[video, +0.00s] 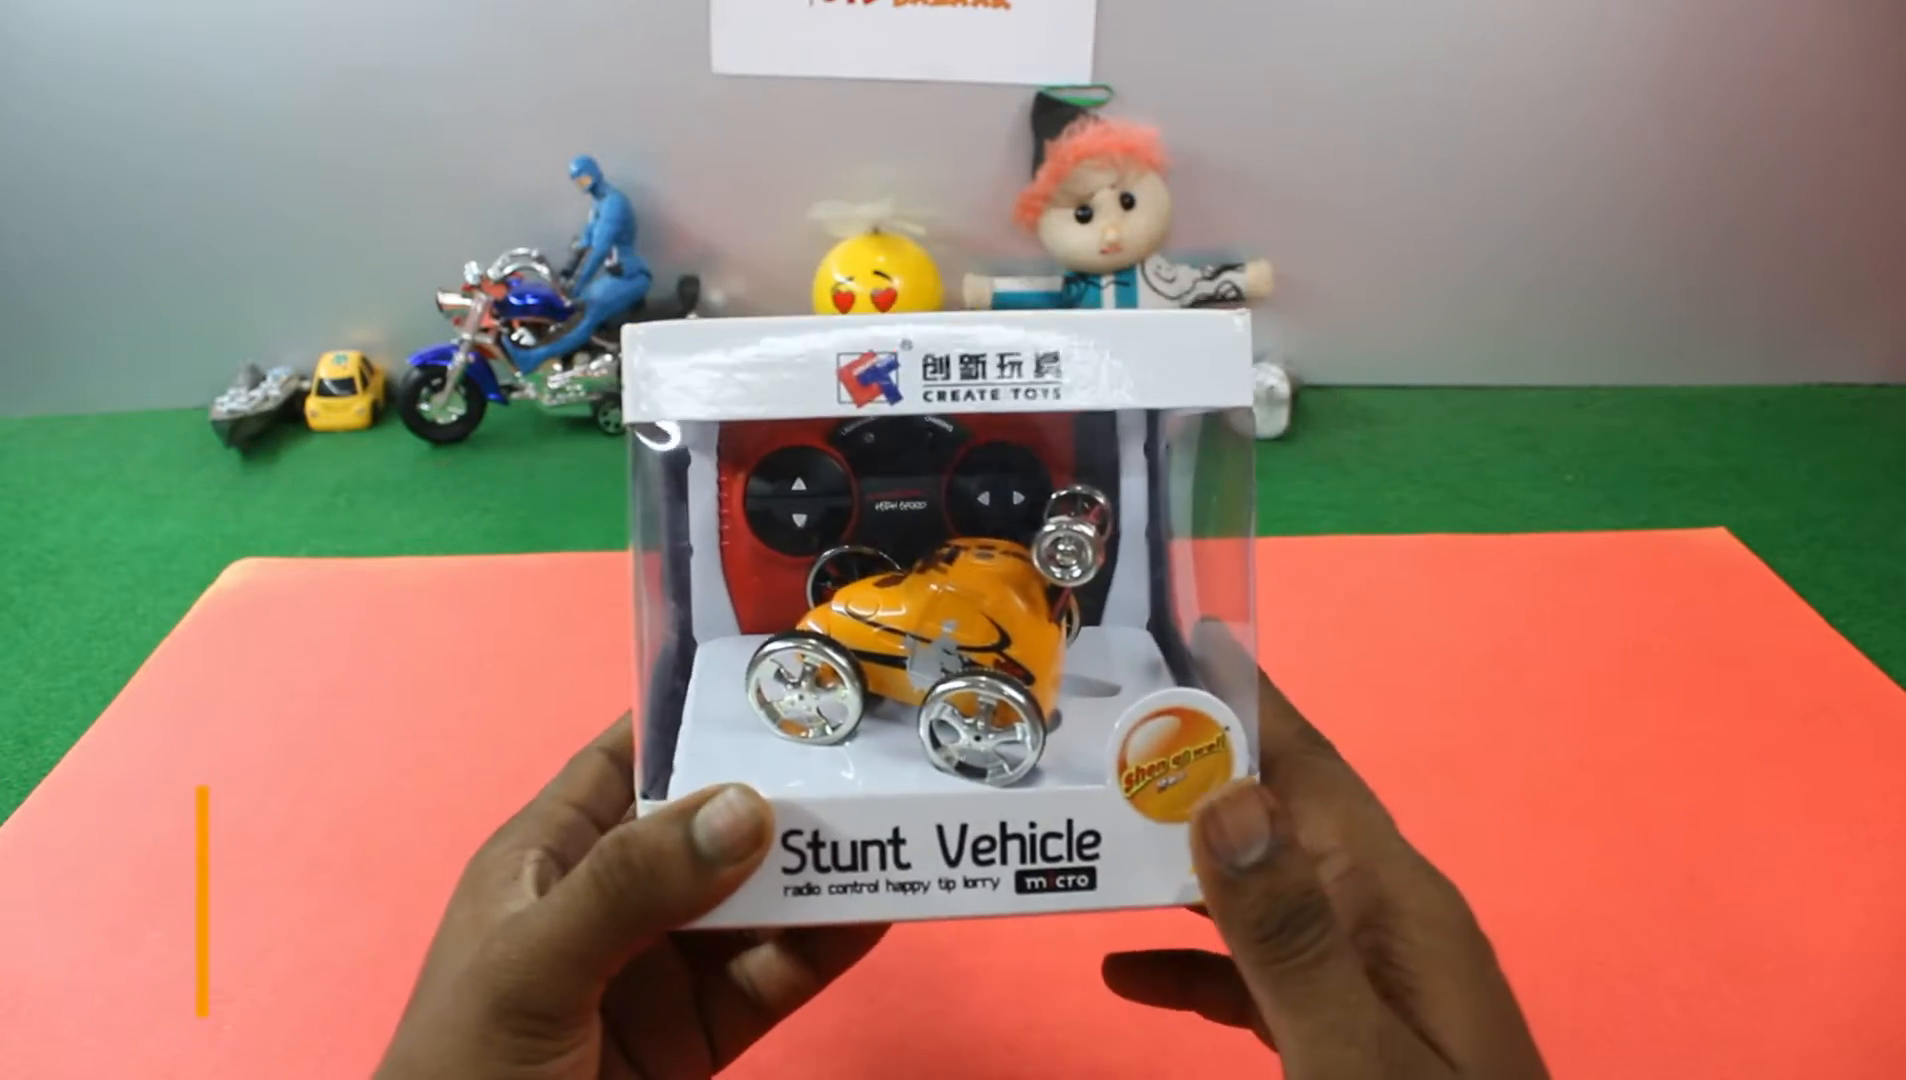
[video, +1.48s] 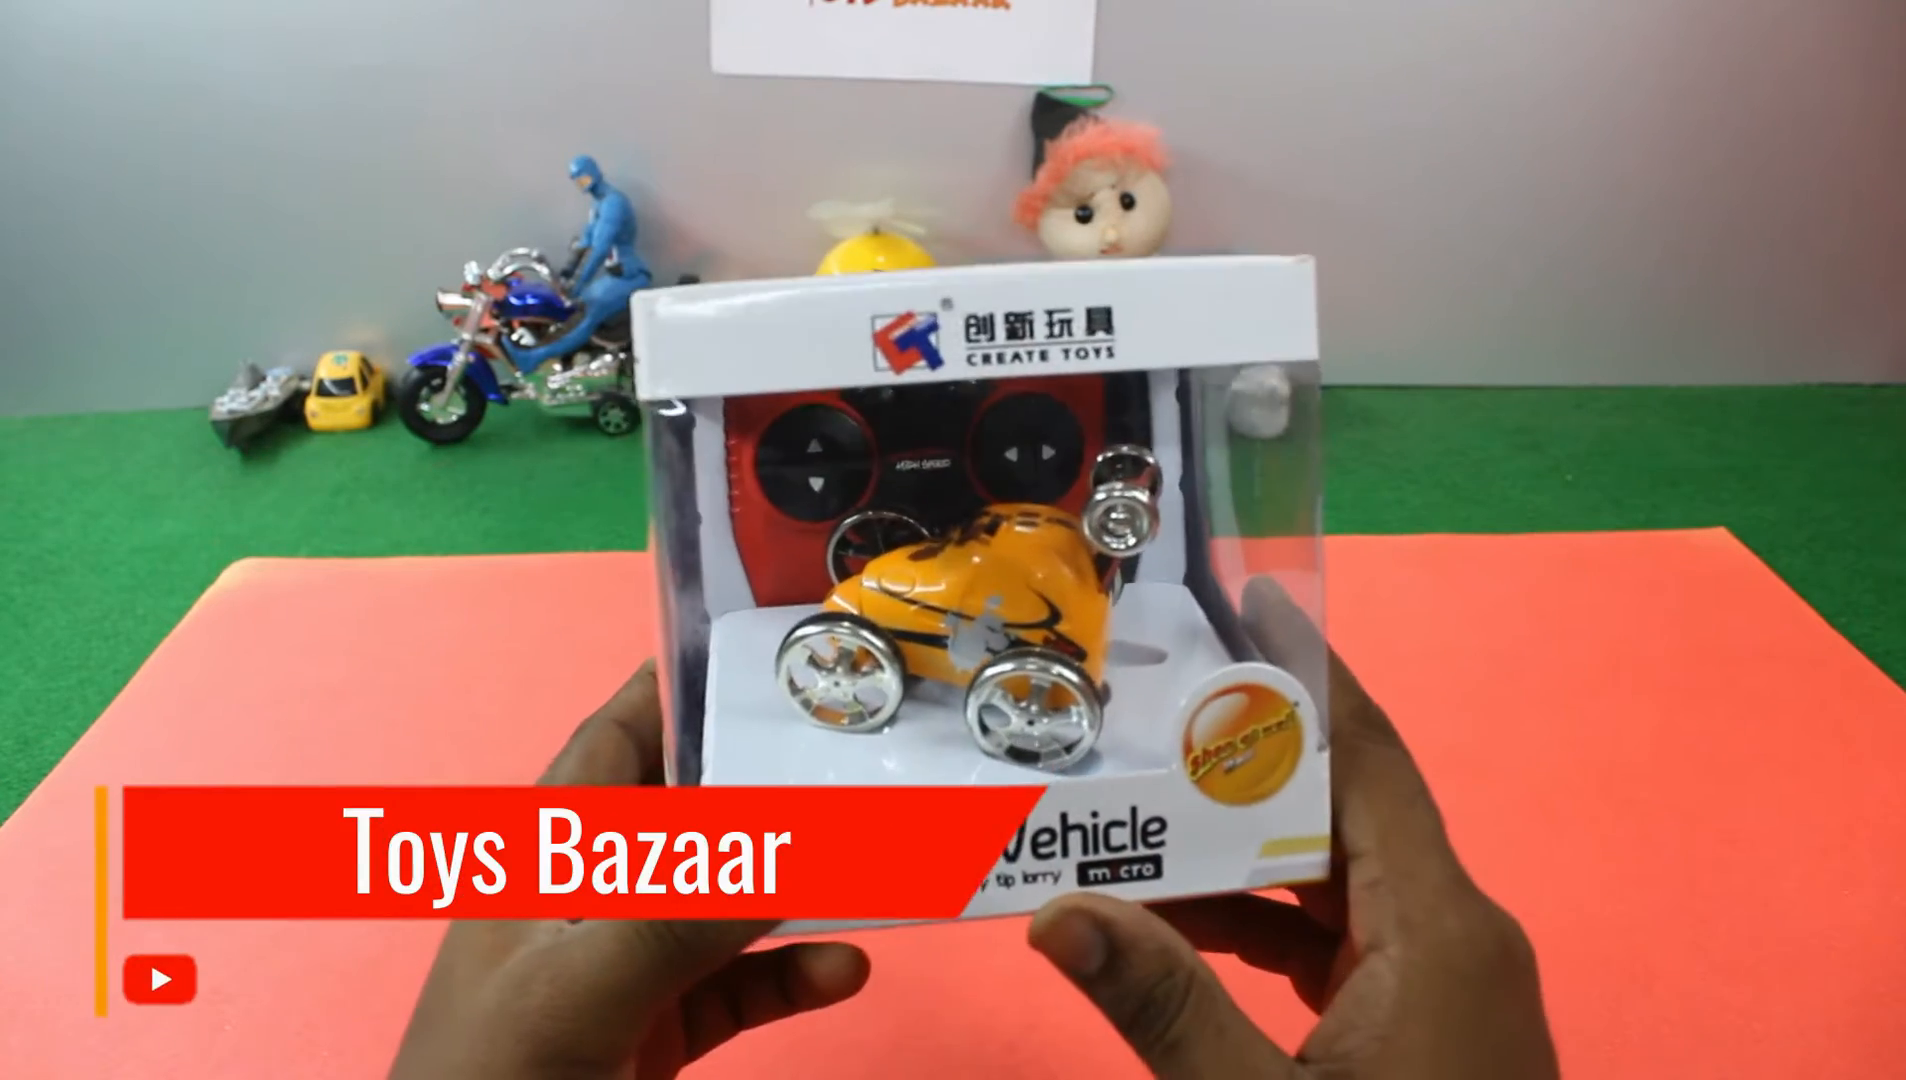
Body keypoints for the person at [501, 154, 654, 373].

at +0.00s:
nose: (581, 184)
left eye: (583, 177)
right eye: (577, 179)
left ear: (593, 174)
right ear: (576, 181)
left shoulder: (614, 203)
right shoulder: (598, 204)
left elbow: (601, 247)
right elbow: (586, 239)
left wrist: (577, 286)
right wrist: (569, 269)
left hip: (631, 276)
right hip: (612, 272)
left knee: (593, 313)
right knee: (576, 303)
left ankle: (533, 358)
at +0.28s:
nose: (581, 184)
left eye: (582, 177)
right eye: (577, 180)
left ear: (593, 173)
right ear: (577, 181)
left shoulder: (614, 203)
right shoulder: (598, 204)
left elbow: (601, 248)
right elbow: (586, 239)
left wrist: (577, 287)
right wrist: (568, 270)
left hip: (631, 276)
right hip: (612, 272)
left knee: (593, 312)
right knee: (576, 302)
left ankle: (531, 359)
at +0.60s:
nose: (581, 184)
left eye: (583, 177)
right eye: (577, 180)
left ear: (593, 173)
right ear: (577, 181)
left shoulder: (613, 203)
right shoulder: (598, 204)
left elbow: (601, 248)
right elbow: (587, 239)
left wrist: (577, 287)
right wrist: (568, 269)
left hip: (631, 276)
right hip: (612, 272)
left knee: (593, 312)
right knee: (576, 302)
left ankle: (532, 359)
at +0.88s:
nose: (581, 184)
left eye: (583, 177)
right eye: (577, 180)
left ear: (594, 174)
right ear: (577, 181)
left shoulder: (614, 203)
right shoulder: (598, 205)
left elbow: (601, 248)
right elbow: (587, 239)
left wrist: (577, 287)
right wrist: (568, 270)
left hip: (632, 276)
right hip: (612, 272)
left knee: (592, 312)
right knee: (577, 302)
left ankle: (533, 358)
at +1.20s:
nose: (581, 184)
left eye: (583, 177)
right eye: (577, 180)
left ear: (594, 174)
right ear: (577, 182)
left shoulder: (614, 203)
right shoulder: (598, 205)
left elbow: (601, 248)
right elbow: (586, 240)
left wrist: (578, 288)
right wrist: (567, 271)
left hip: (632, 277)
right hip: (611, 273)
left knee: (593, 313)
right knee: (577, 303)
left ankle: (533, 358)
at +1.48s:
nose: (581, 184)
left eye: (583, 177)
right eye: (577, 180)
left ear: (594, 174)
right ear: (577, 181)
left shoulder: (614, 203)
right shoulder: (598, 204)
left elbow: (601, 248)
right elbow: (587, 239)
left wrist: (577, 287)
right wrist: (567, 270)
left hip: (630, 276)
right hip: (612, 272)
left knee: (592, 312)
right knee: (577, 302)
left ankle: (533, 358)